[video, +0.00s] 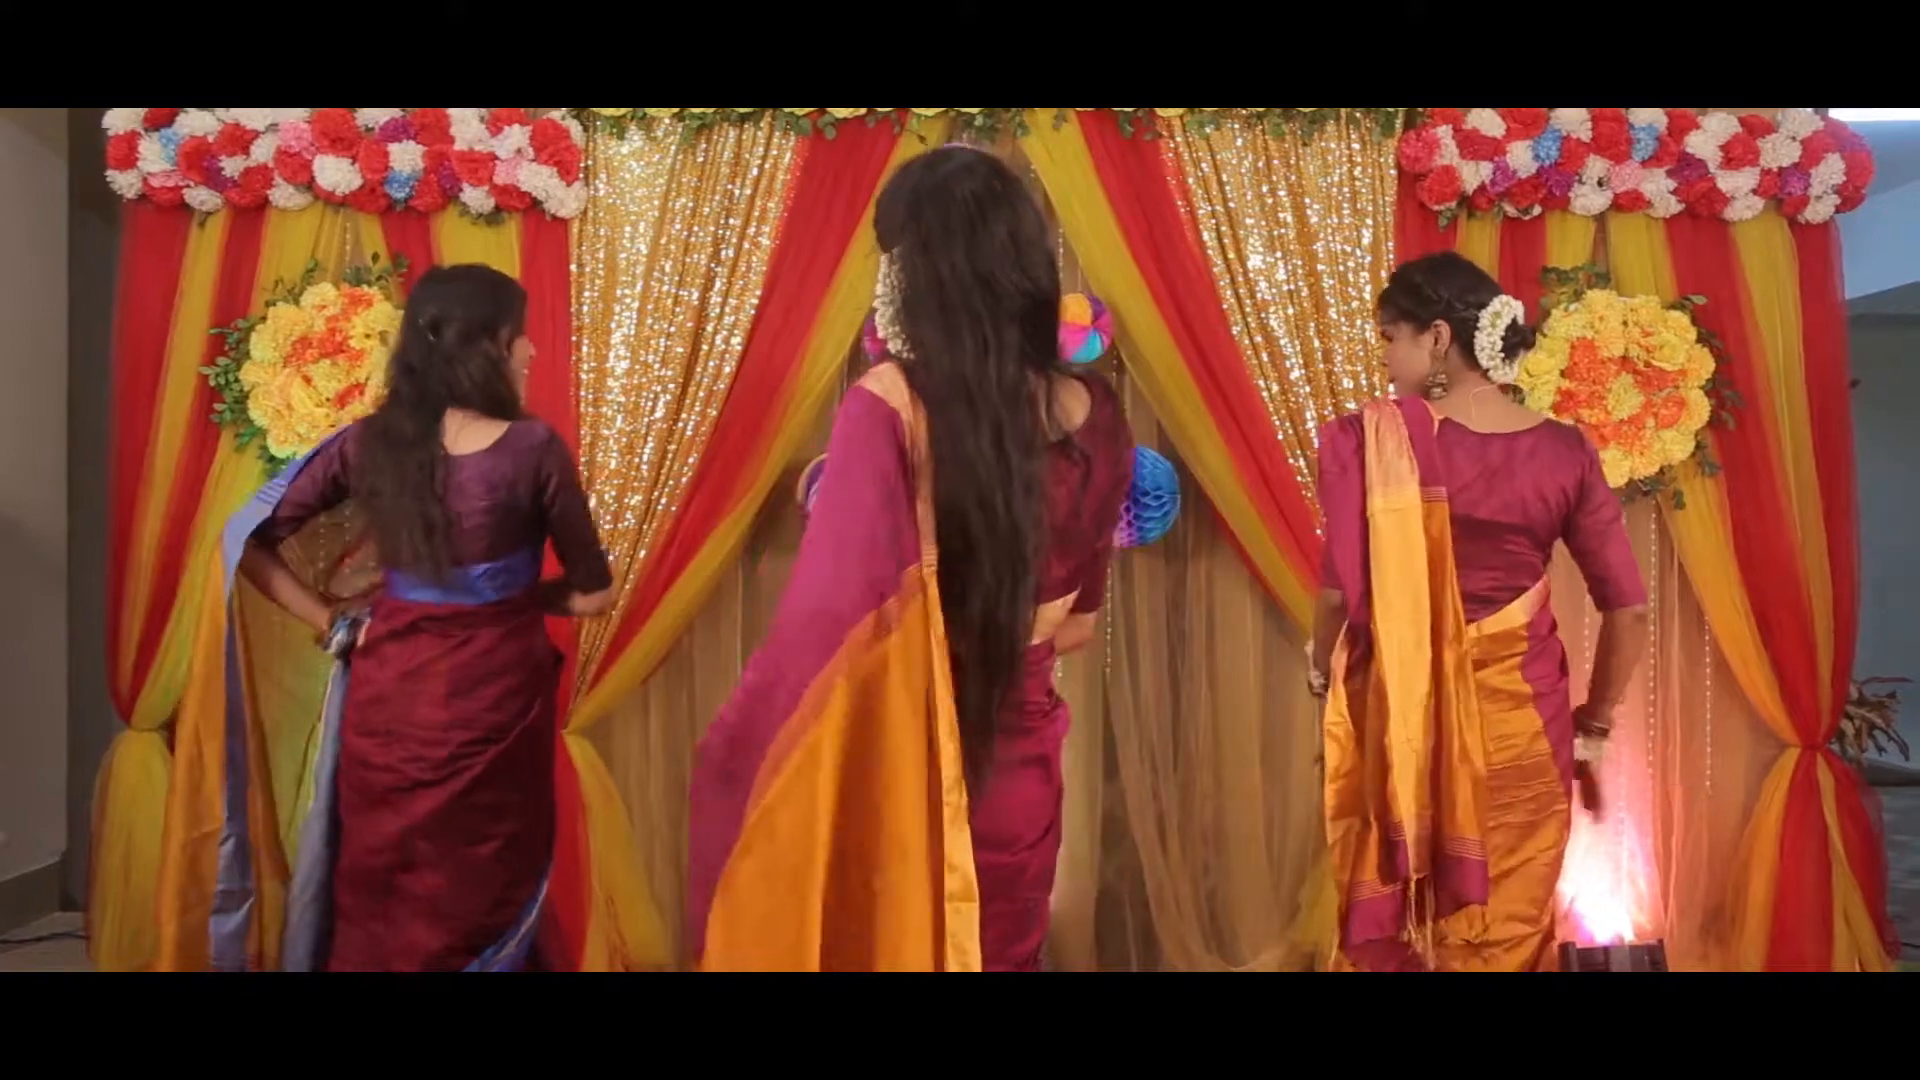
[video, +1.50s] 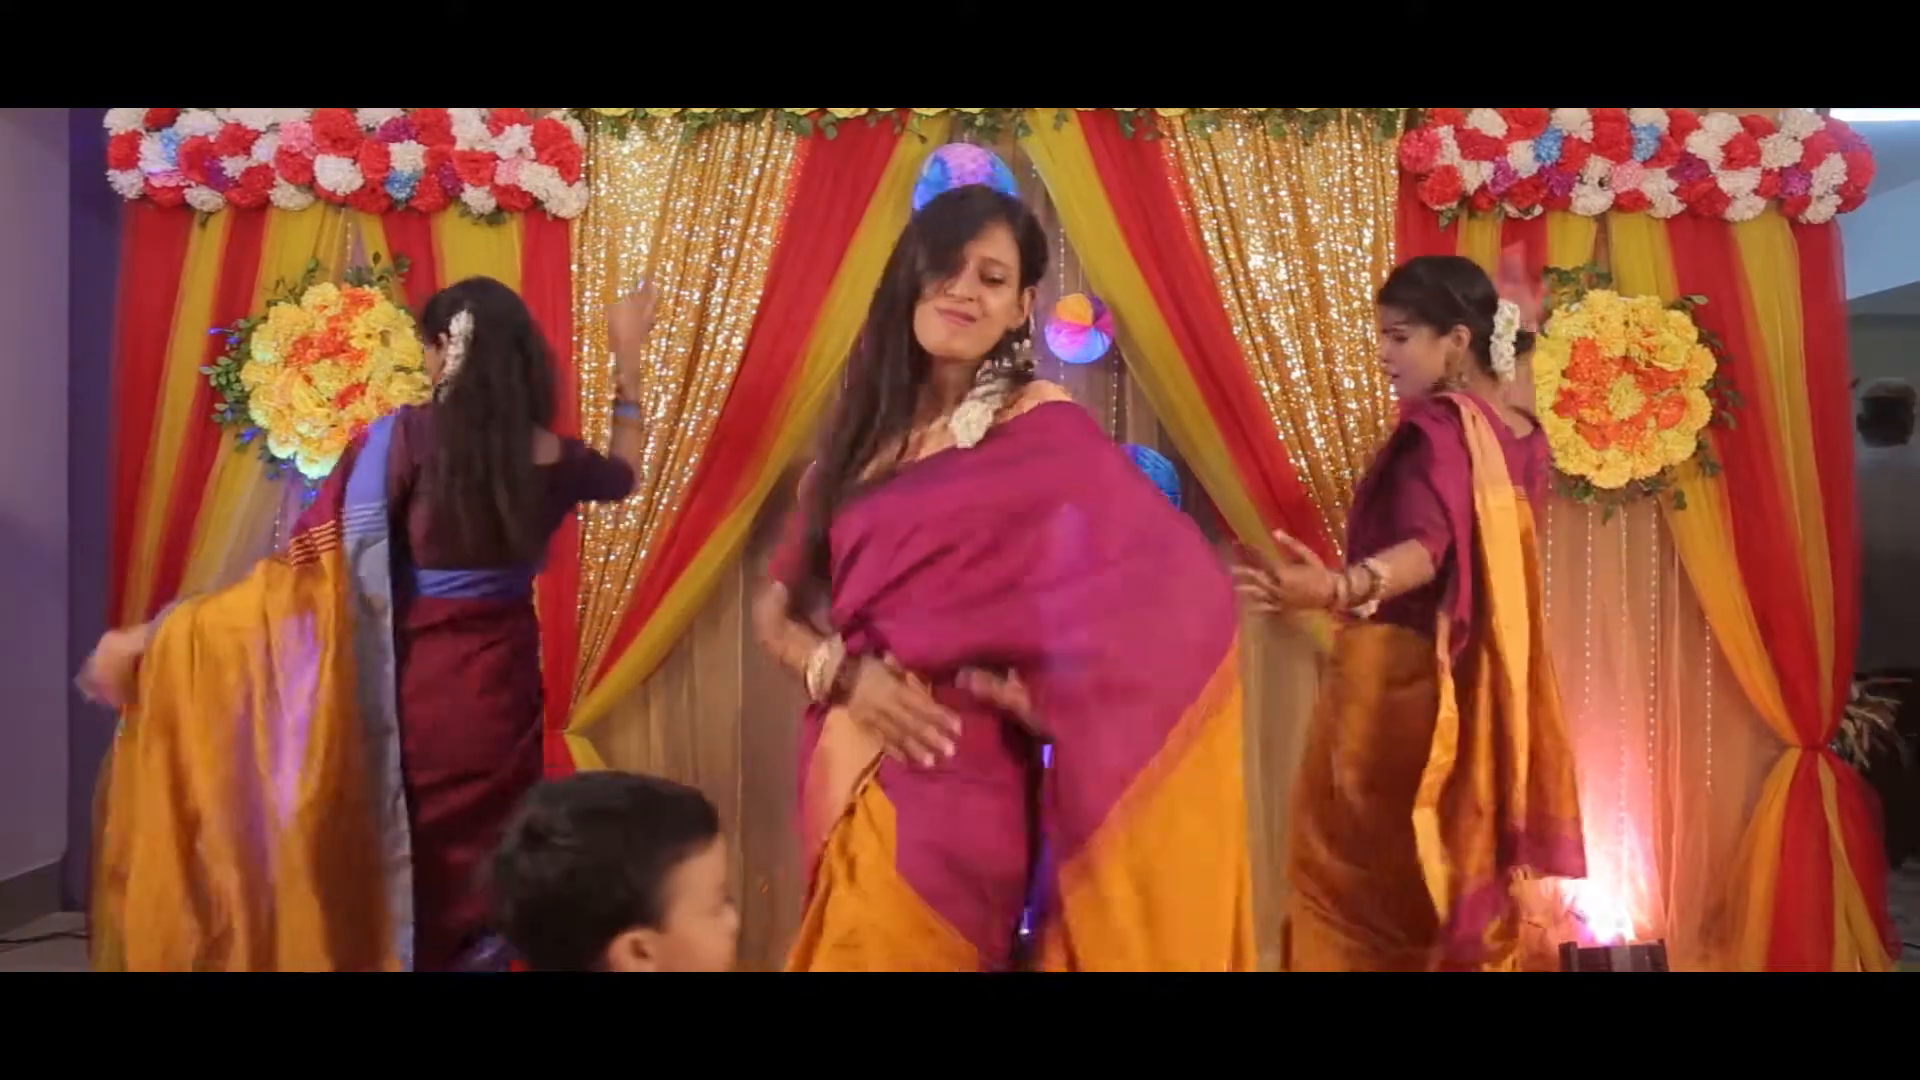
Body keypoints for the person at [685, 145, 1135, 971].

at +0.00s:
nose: (880, 276)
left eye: (887, 254)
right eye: (882, 253)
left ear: (914, 269)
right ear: (1028, 255)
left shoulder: (889, 402)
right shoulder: (1087, 408)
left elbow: (835, 606)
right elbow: (1082, 600)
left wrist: (732, 743)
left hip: (898, 780)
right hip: (1020, 771)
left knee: (896, 955)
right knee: (1006, 955)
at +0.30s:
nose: (880, 265)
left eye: (885, 243)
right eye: (882, 242)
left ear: (912, 256)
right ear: (1011, 248)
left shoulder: (905, 402)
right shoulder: (1041, 392)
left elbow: (853, 631)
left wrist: (760, 820)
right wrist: (866, 479)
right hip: (979, 735)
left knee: (871, 946)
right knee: (951, 943)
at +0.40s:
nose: (865, 261)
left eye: (871, 240)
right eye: (868, 239)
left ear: (907, 260)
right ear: (955, 260)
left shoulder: (912, 420)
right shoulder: (942, 397)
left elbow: (881, 677)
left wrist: (821, 876)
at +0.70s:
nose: (845, 244)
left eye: (867, 224)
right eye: (856, 222)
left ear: (933, 250)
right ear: (925, 251)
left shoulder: (955, 406)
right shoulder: (901, 389)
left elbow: (941, 633)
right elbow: (862, 603)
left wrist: (904, 805)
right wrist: (754, 711)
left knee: (725, 938)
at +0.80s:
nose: (855, 253)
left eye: (883, 229)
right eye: (862, 230)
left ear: (959, 254)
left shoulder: (978, 406)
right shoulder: (896, 401)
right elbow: (870, 595)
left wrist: (917, 745)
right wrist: (771, 658)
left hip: (874, 827)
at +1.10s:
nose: (920, 285)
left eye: (956, 267)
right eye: (913, 264)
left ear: (1020, 296)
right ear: (893, 285)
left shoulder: (1030, 417)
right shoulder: (898, 434)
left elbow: (1162, 607)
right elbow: (820, 612)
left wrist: (974, 723)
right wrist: (799, 674)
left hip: (921, 789)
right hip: (841, 775)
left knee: (764, 954)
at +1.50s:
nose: (961, 294)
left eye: (992, 279)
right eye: (944, 268)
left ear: (1023, 306)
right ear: (908, 281)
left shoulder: (1042, 419)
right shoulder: (862, 442)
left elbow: (1180, 591)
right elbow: (770, 611)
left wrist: (1061, 706)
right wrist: (850, 679)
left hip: (969, 760)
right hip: (849, 765)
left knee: (893, 951)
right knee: (853, 951)